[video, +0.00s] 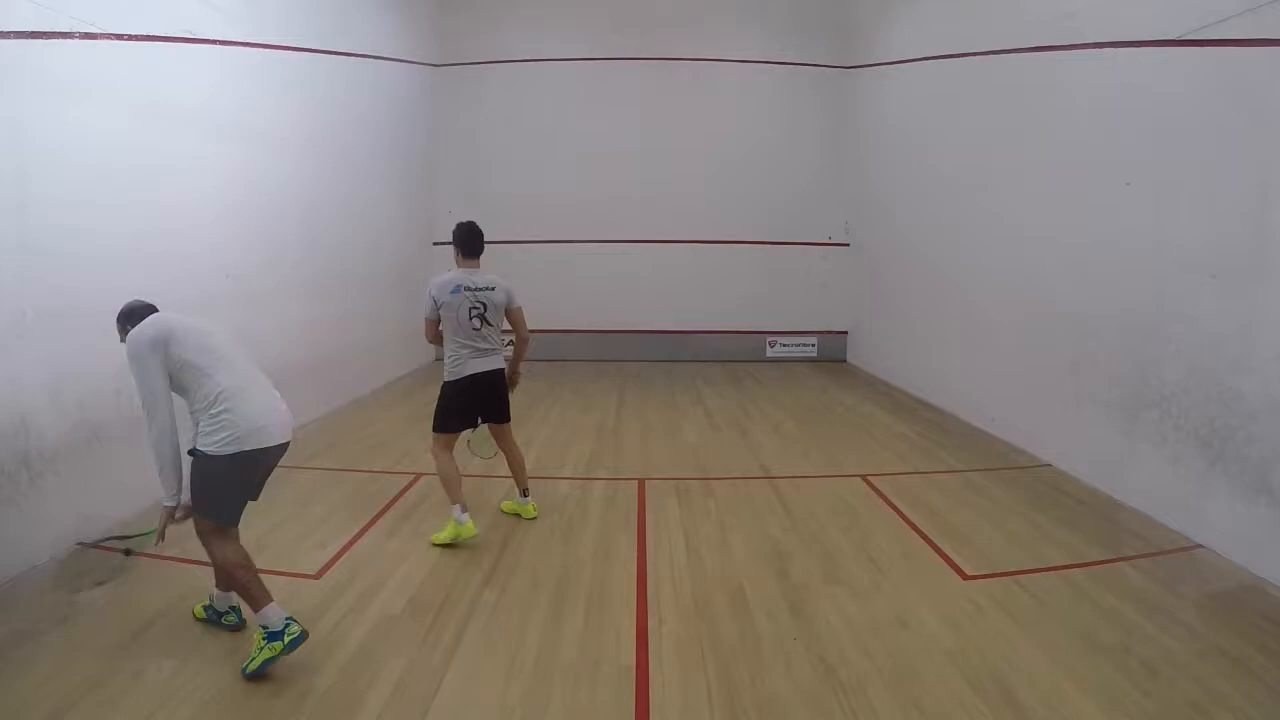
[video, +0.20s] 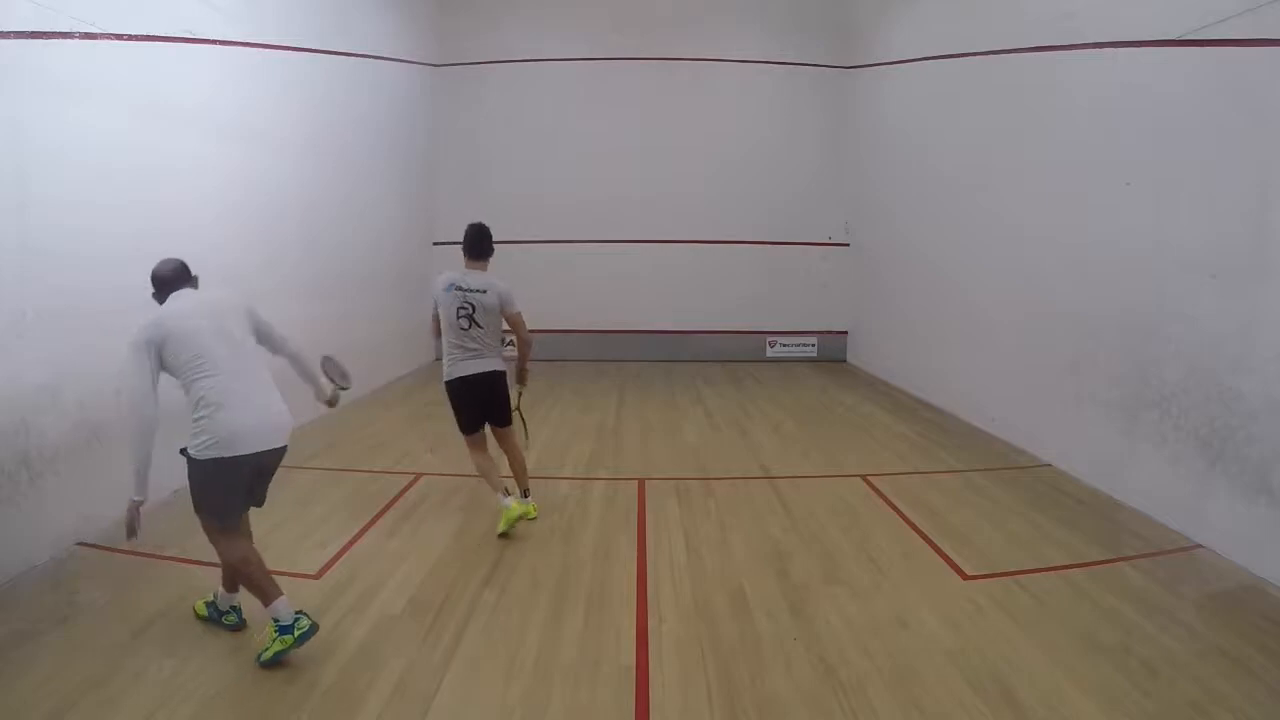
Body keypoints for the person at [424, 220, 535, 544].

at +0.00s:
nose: (458, 251)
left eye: (454, 246)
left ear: (454, 249)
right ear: (483, 250)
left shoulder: (439, 286)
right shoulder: (500, 286)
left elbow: (433, 336)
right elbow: (522, 334)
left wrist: (461, 341)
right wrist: (514, 368)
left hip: (458, 382)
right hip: (495, 377)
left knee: (442, 448)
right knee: (506, 440)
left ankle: (461, 518)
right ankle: (525, 500)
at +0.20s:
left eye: (467, 249)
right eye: (488, 250)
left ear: (463, 252)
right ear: (491, 252)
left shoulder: (443, 284)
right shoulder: (497, 289)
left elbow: (437, 330)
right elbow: (523, 335)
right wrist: (522, 369)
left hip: (457, 380)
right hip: (493, 376)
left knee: (477, 448)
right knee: (506, 437)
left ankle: (505, 500)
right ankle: (526, 500)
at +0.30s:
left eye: (466, 250)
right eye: (487, 252)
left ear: (461, 253)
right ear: (490, 254)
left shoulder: (442, 283)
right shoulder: (495, 289)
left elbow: (433, 332)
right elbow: (517, 341)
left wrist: (459, 320)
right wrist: (515, 370)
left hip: (454, 381)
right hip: (490, 377)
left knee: (476, 449)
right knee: (507, 441)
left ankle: (509, 494)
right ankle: (525, 499)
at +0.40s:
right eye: (476, 252)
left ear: (450, 254)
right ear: (479, 255)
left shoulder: (430, 287)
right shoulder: (491, 291)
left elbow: (423, 337)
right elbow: (511, 342)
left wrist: (453, 344)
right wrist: (500, 369)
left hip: (449, 384)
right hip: (486, 378)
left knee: (448, 448)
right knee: (504, 442)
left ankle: (490, 496)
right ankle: (525, 500)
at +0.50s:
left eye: (433, 255)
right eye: (453, 253)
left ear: (430, 258)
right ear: (459, 257)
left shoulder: (419, 292)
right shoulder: (479, 294)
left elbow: (406, 346)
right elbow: (498, 342)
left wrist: (434, 358)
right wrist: (484, 364)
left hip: (444, 390)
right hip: (480, 383)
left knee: (420, 449)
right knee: (497, 440)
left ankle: (454, 509)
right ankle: (524, 500)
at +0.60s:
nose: (403, 265)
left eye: (402, 261)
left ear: (404, 264)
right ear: (432, 263)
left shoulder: (402, 301)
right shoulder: (454, 296)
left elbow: (393, 359)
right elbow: (478, 340)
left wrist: (409, 380)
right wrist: (465, 365)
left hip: (433, 397)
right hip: (469, 389)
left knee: (397, 455)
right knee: (488, 444)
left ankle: (423, 522)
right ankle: (522, 497)